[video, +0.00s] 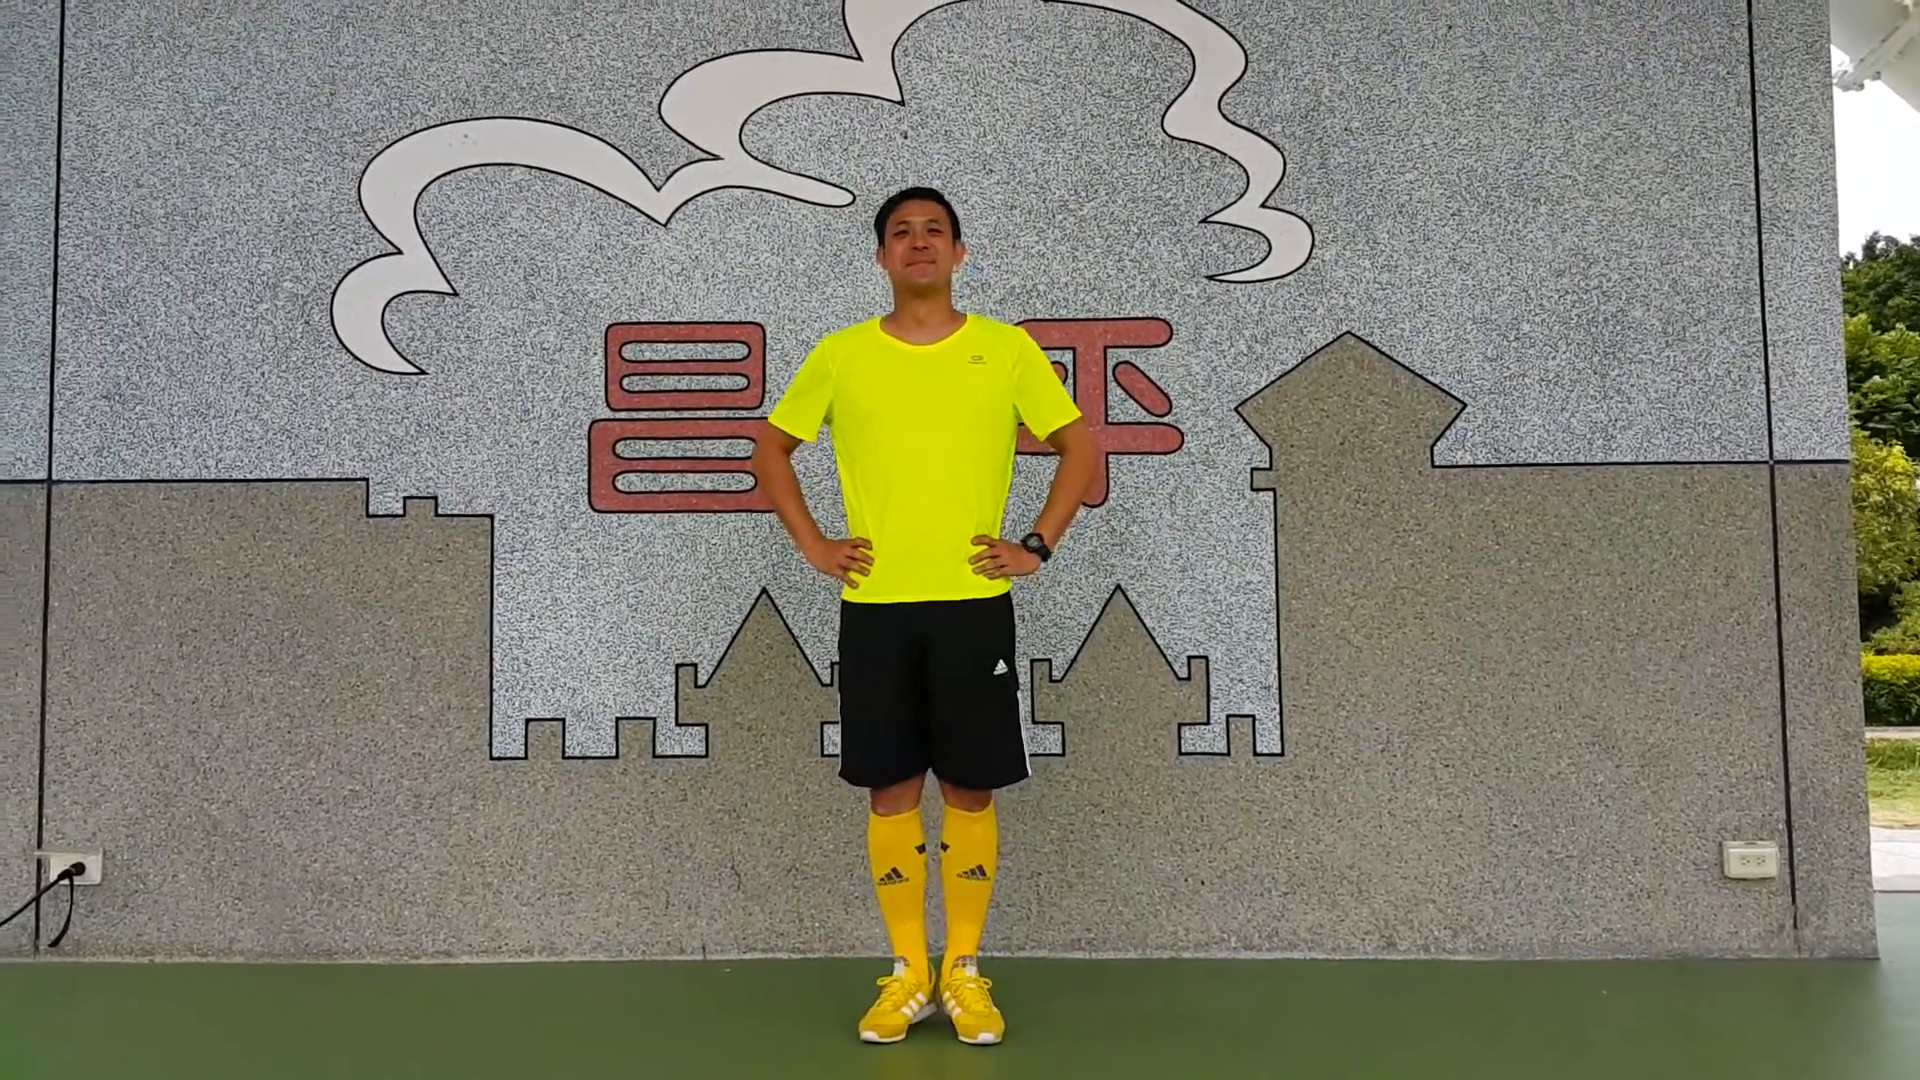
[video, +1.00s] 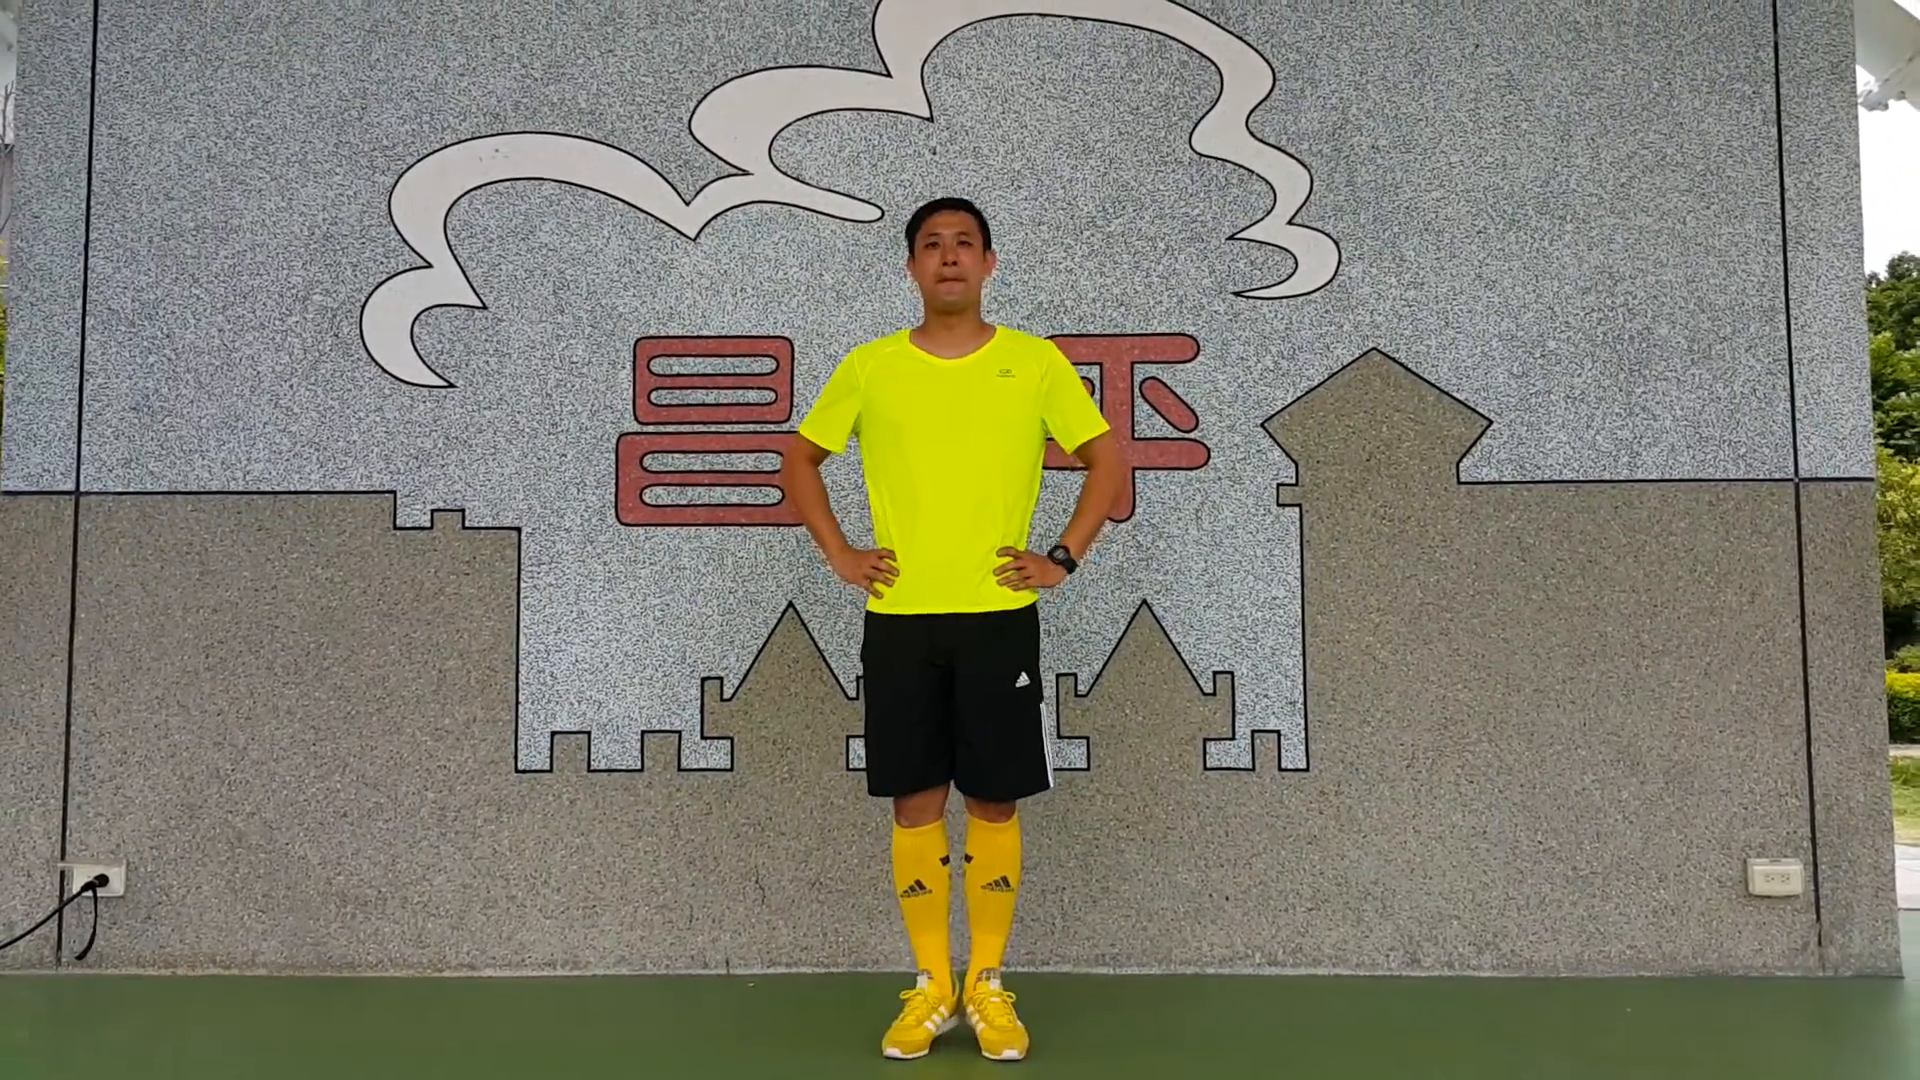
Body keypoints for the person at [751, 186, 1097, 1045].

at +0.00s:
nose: (919, 243)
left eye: (934, 232)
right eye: (902, 233)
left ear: (959, 253)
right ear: (881, 258)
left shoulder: (1007, 348)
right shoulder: (842, 354)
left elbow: (1083, 447)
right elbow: (768, 448)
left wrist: (1038, 544)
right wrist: (812, 543)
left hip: (973, 600)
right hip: (877, 602)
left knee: (968, 785)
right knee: (891, 787)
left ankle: (964, 971)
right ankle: (909, 974)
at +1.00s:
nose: (949, 256)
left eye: (964, 244)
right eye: (933, 245)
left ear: (990, 266)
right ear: (911, 269)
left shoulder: (1034, 361)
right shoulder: (871, 365)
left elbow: (1110, 457)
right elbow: (797, 460)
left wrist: (1064, 556)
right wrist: (839, 553)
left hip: (999, 614)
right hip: (901, 615)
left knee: (992, 800)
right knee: (915, 799)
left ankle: (985, 985)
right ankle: (933, 986)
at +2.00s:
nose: (1011, 301)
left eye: (1012, 291)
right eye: (994, 285)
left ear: (993, 309)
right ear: (957, 298)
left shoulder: (988, 377)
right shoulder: (938, 361)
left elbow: (1036, 292)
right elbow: (989, 246)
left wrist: (1086, 200)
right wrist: (1023, 125)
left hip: (991, 653)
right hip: (919, 641)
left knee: (1067, 812)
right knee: (823, 824)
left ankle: (1041, 994)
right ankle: (676, 974)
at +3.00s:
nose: (985, 354)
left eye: (1001, 335)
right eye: (985, 340)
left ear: (1045, 339)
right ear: (1002, 355)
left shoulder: (1074, 406)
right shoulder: (1008, 420)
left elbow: (1000, 294)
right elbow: (959, 330)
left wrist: (938, 189)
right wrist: (902, 247)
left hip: (1097, 675)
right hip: (1015, 689)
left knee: (1216, 848)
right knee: (907, 821)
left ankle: (1347, 1008)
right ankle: (913, 1006)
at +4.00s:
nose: (981, 358)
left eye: (995, 346)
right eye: (966, 348)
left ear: (1022, 360)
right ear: (946, 365)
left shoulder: (1051, 429)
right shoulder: (917, 427)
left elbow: (1081, 311)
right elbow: (867, 315)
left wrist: (1110, 209)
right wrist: (821, 215)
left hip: (1036, 687)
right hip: (927, 689)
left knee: (1142, 812)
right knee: (830, 822)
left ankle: (1129, 968)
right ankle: (850, 964)